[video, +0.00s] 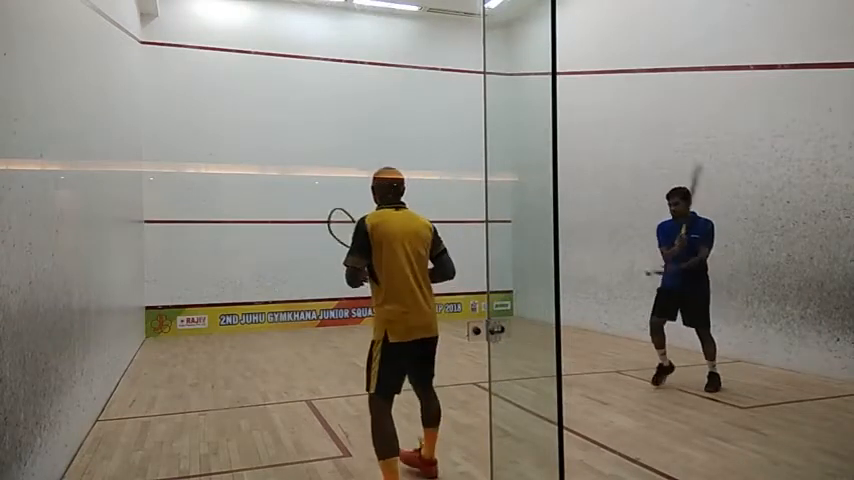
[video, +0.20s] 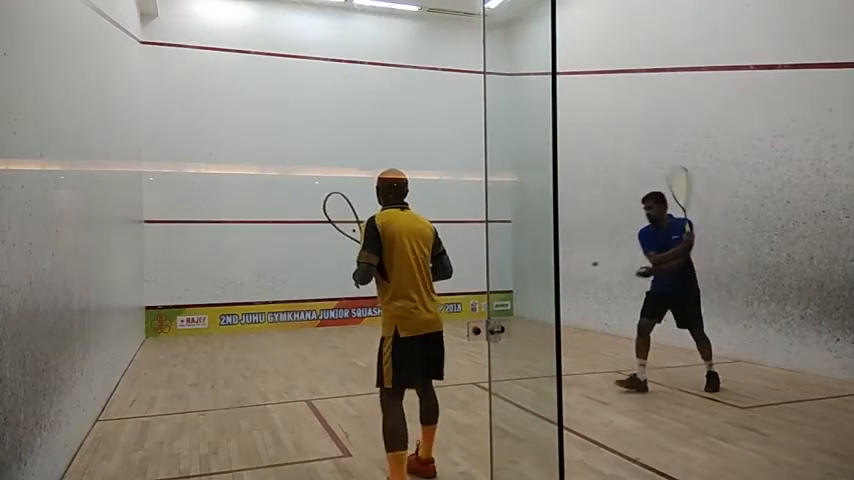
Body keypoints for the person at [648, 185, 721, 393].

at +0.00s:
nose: (672, 209)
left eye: (677, 204)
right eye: (670, 205)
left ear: (688, 204)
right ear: (667, 206)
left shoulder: (704, 226)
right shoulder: (664, 228)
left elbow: (702, 256)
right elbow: (666, 257)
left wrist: (677, 268)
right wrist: (677, 247)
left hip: (696, 285)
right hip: (671, 283)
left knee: (702, 330)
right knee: (655, 324)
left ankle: (712, 373)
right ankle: (664, 363)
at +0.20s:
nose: (647, 212)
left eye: (650, 208)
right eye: (645, 209)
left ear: (663, 207)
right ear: (644, 210)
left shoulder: (683, 225)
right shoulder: (645, 234)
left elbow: (683, 258)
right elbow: (654, 260)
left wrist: (655, 270)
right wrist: (683, 246)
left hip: (685, 288)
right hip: (660, 288)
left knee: (697, 333)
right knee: (643, 327)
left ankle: (711, 373)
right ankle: (640, 377)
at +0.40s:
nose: (617, 213)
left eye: (621, 209)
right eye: (618, 209)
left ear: (632, 210)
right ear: (630, 211)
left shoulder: (650, 230)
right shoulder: (626, 237)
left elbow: (661, 260)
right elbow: (612, 264)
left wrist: (664, 288)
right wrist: (589, 284)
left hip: (664, 286)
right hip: (644, 289)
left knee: (674, 334)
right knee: (635, 330)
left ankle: (705, 366)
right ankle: (636, 378)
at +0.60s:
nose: (601, 208)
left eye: (604, 204)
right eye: (602, 204)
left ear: (613, 206)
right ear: (617, 206)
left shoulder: (624, 227)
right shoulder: (618, 226)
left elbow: (639, 254)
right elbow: (635, 256)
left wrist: (656, 274)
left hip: (638, 290)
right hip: (629, 289)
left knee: (633, 332)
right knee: (626, 331)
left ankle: (676, 366)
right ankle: (635, 378)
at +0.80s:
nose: (588, 205)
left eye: (590, 202)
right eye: (589, 201)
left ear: (599, 203)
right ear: (607, 204)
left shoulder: (602, 225)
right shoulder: (620, 223)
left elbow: (610, 254)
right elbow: (639, 239)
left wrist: (609, 286)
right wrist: (657, 240)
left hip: (615, 287)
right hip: (628, 286)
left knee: (596, 327)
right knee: (620, 329)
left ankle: (612, 378)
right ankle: (635, 378)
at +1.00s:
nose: (571, 207)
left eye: (574, 203)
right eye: (572, 203)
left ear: (585, 205)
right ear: (590, 205)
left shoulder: (581, 228)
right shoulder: (608, 226)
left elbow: (583, 260)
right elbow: (624, 252)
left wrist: (564, 284)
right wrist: (647, 271)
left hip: (591, 292)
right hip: (609, 291)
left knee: (571, 331)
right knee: (610, 332)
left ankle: (564, 384)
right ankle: (634, 377)